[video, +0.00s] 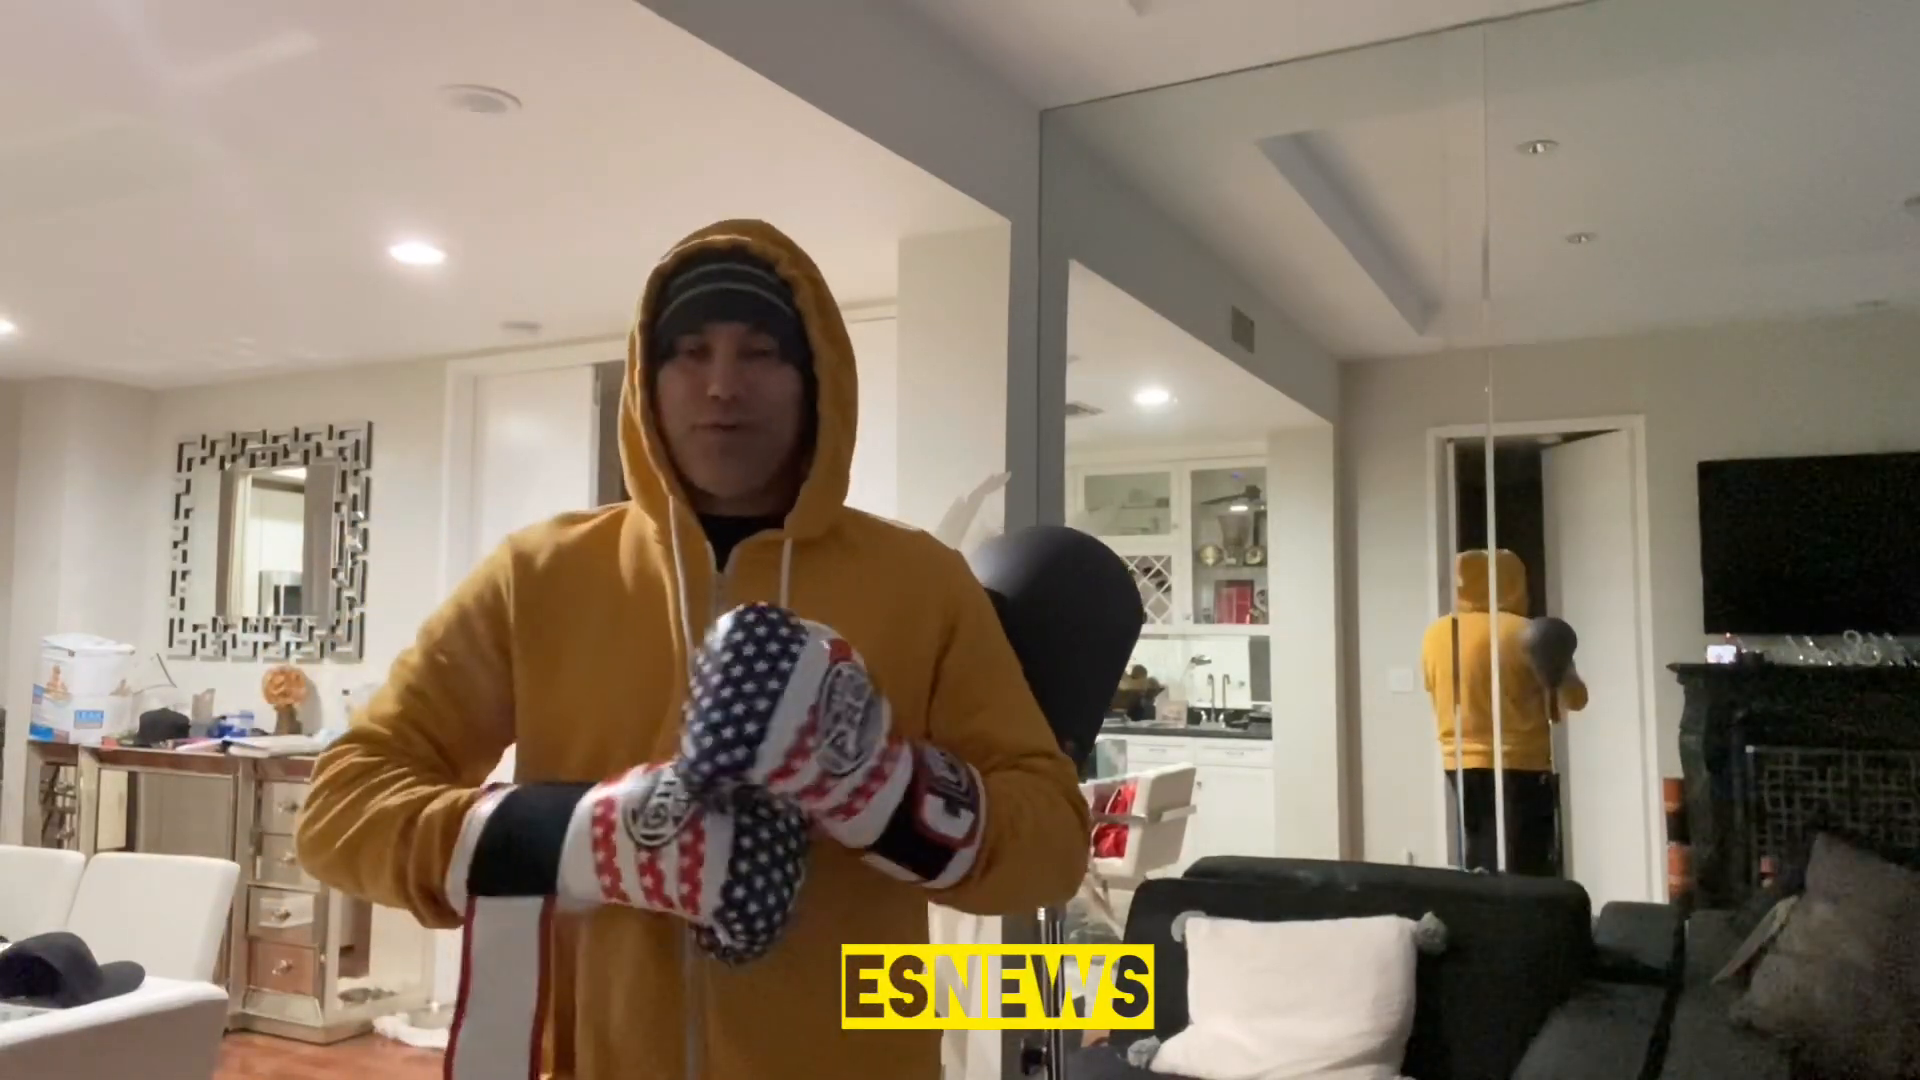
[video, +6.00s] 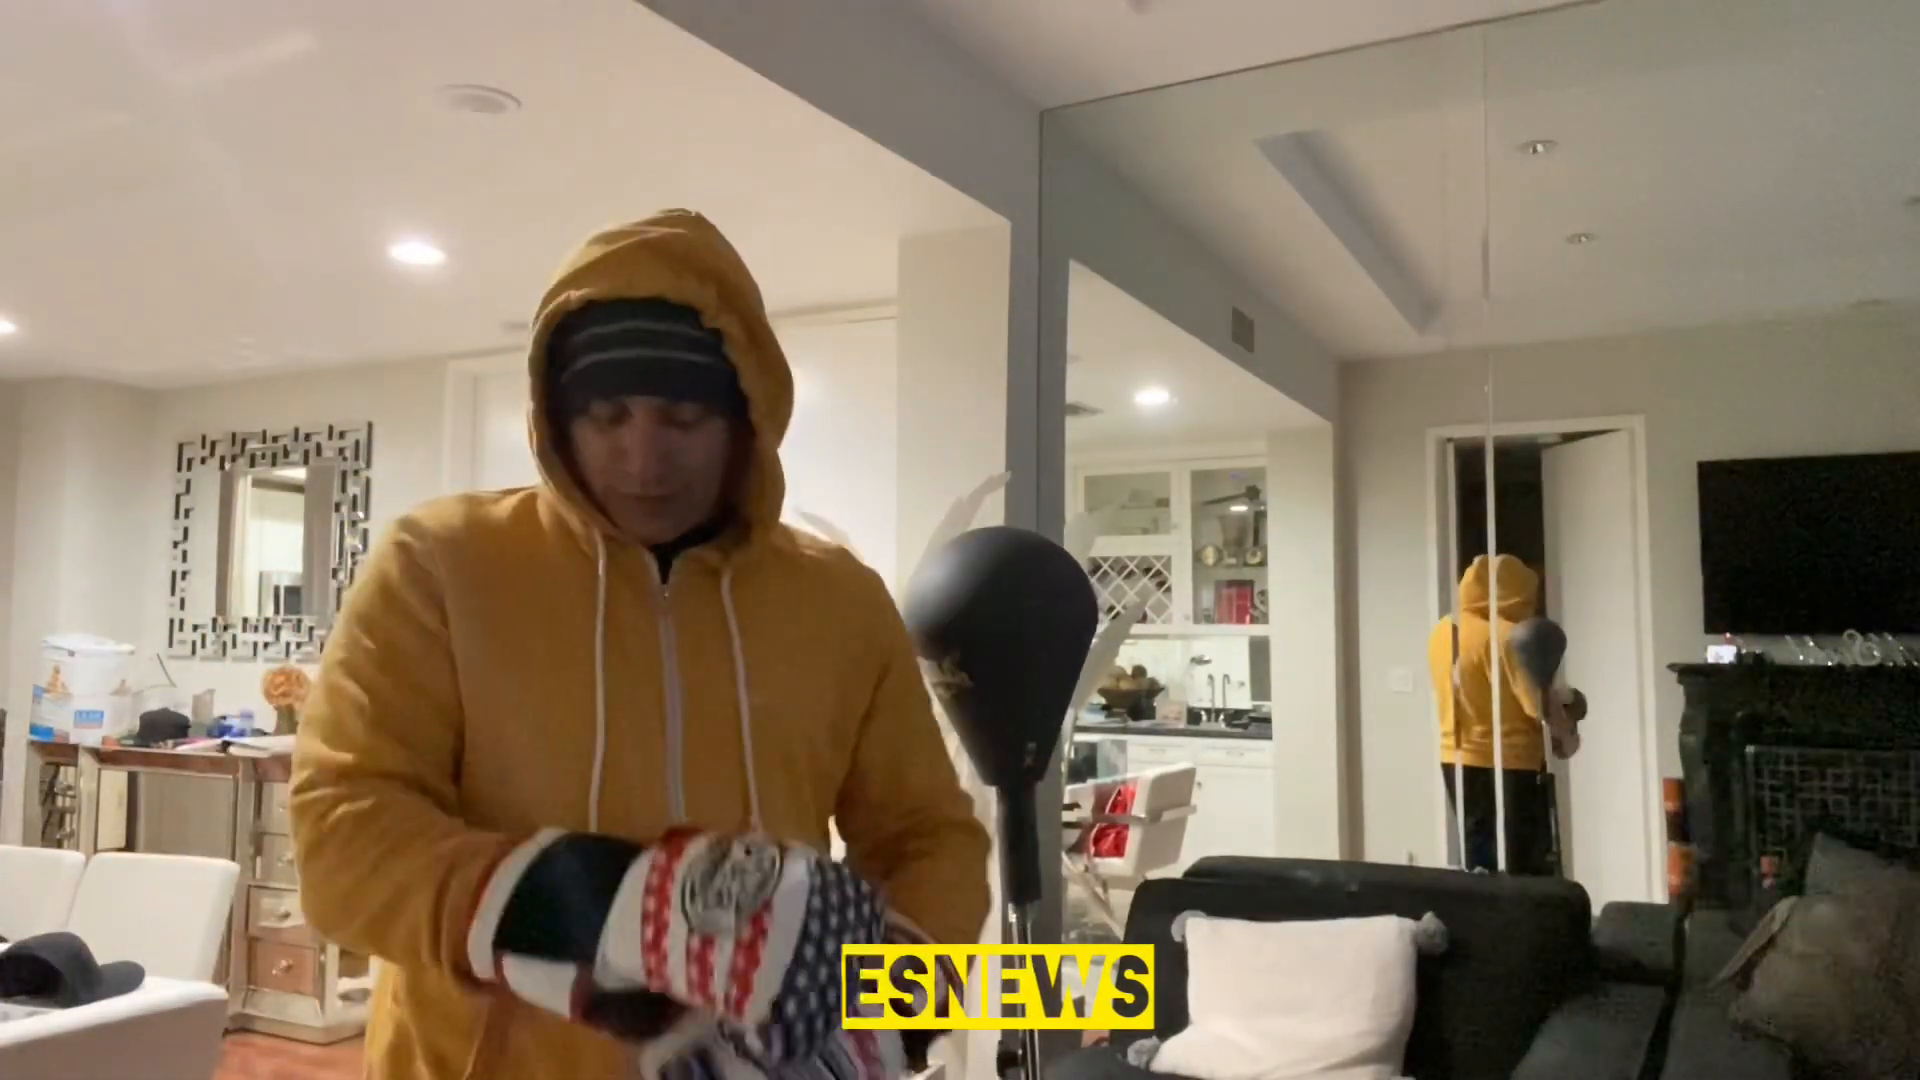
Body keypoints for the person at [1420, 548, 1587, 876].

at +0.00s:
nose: (1525, 591)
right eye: (1521, 583)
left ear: (1463, 586)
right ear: (1513, 586)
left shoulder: (1437, 634)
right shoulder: (1528, 633)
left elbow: (1433, 689)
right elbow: (1575, 698)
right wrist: (1558, 657)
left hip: (1463, 770)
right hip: (1524, 770)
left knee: (1477, 860)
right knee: (1529, 867)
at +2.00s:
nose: (1525, 617)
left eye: (1528, 608)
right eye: (1524, 607)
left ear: (1476, 591)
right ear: (1508, 601)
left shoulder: (1438, 628)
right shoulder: (1487, 633)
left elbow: (1448, 699)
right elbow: (1500, 700)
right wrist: (1543, 717)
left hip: (1448, 765)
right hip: (1491, 766)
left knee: (1478, 865)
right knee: (1520, 866)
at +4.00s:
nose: (1543, 613)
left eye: (1544, 606)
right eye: (1542, 605)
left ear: (1494, 590)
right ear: (1533, 599)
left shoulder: (1454, 631)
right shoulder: (1526, 632)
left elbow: (1451, 697)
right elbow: (1556, 701)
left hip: (1463, 764)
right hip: (1516, 767)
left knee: (1477, 858)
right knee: (1527, 863)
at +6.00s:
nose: (1528, 600)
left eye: (1528, 593)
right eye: (1525, 592)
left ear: (1471, 588)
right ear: (1514, 592)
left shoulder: (1442, 632)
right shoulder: (1509, 636)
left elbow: (1451, 695)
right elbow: (1538, 704)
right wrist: (1565, 725)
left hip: (1459, 766)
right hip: (1513, 768)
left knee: (1478, 857)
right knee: (1526, 860)